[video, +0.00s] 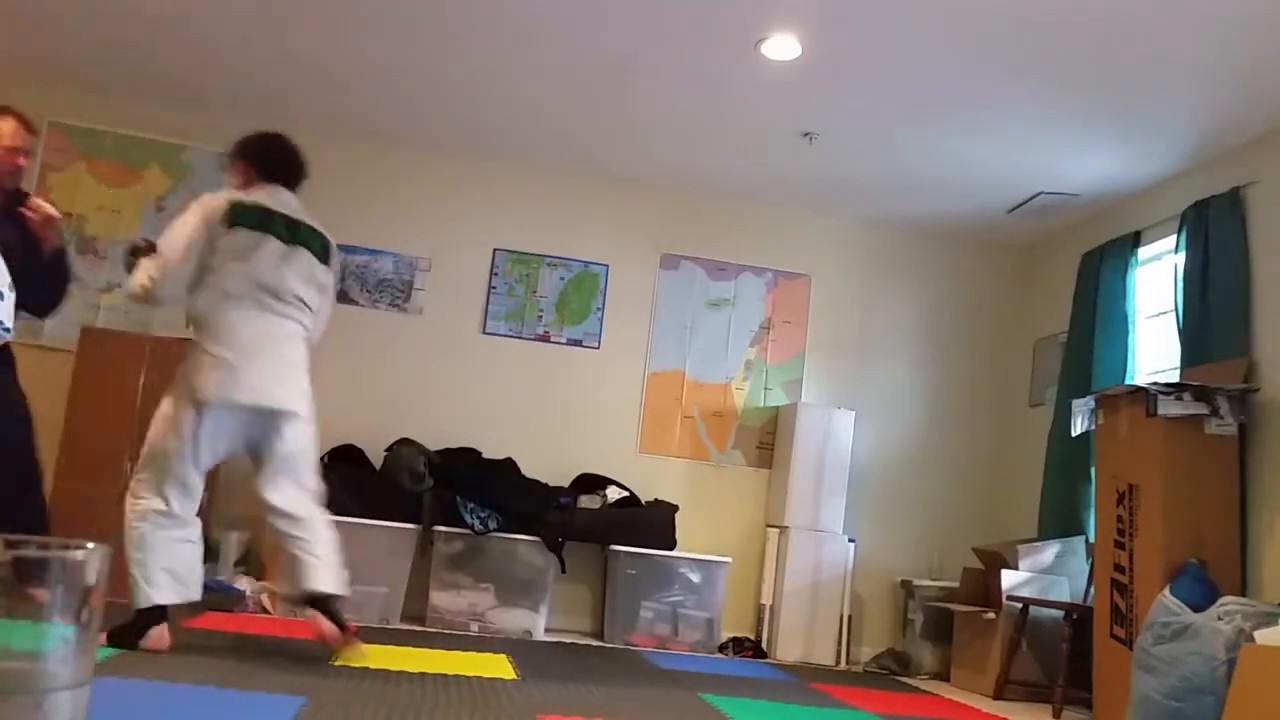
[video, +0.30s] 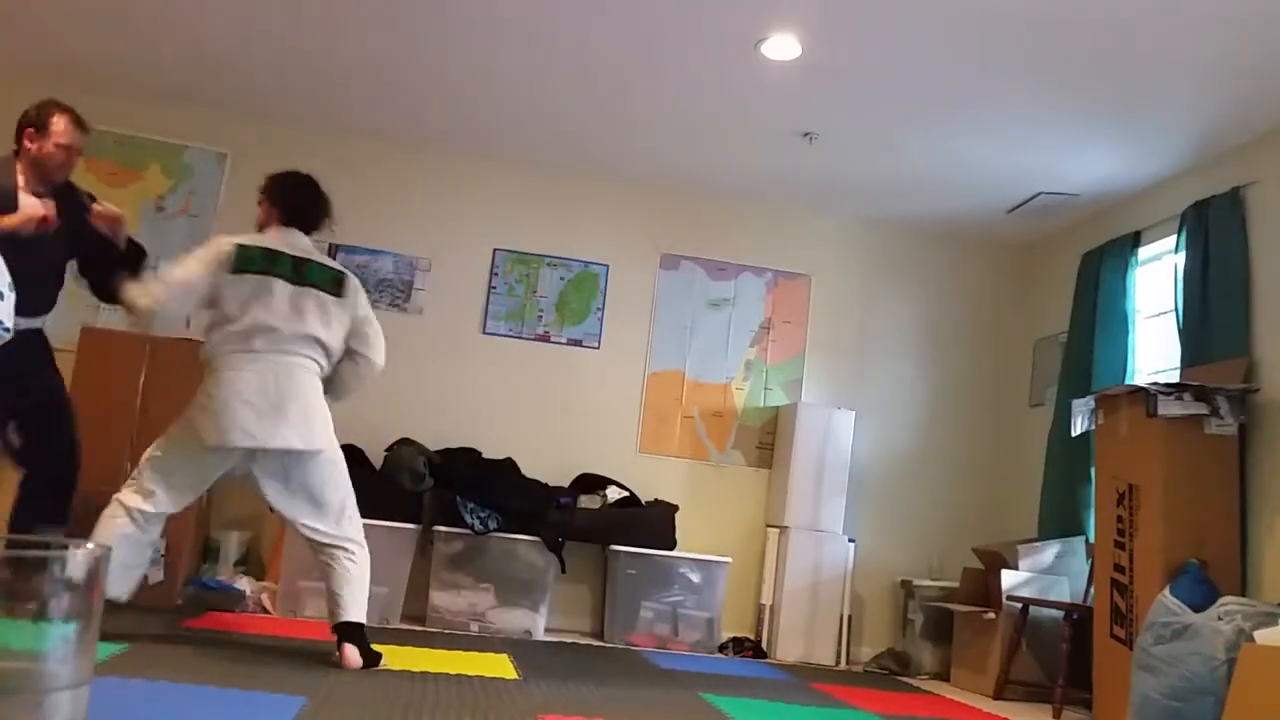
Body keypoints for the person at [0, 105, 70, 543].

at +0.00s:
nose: (18, 162)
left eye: (25, 152)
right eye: (9, 150)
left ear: (32, 157)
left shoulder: (21, 213)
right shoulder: (12, 213)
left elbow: (41, 302)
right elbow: (39, 300)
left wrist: (51, 244)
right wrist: (44, 244)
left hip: (4, 355)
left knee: (16, 449)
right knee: (14, 447)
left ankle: (33, 572)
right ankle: (31, 572)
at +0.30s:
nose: (73, 160)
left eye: (77, 151)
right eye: (66, 148)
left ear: (77, 153)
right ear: (30, 141)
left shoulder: (72, 204)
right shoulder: (4, 187)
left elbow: (111, 286)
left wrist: (119, 243)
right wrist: (9, 223)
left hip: (25, 342)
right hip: (3, 339)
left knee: (56, 459)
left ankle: (22, 578)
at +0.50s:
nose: (59, 178)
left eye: (65, 171)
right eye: (48, 168)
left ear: (71, 177)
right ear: (17, 171)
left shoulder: (72, 228)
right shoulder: (5, 217)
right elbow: (15, 264)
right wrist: (79, 251)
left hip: (32, 371)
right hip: (7, 369)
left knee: (88, 472)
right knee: (78, 471)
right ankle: (134, 588)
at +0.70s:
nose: (103, 193)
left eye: (113, 185)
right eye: (95, 183)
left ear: (131, 191)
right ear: (77, 184)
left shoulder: (136, 243)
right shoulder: (35, 231)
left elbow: (154, 298)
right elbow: (9, 286)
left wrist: (126, 275)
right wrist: (79, 283)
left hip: (90, 384)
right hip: (21, 377)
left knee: (134, 484)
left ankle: (130, 600)